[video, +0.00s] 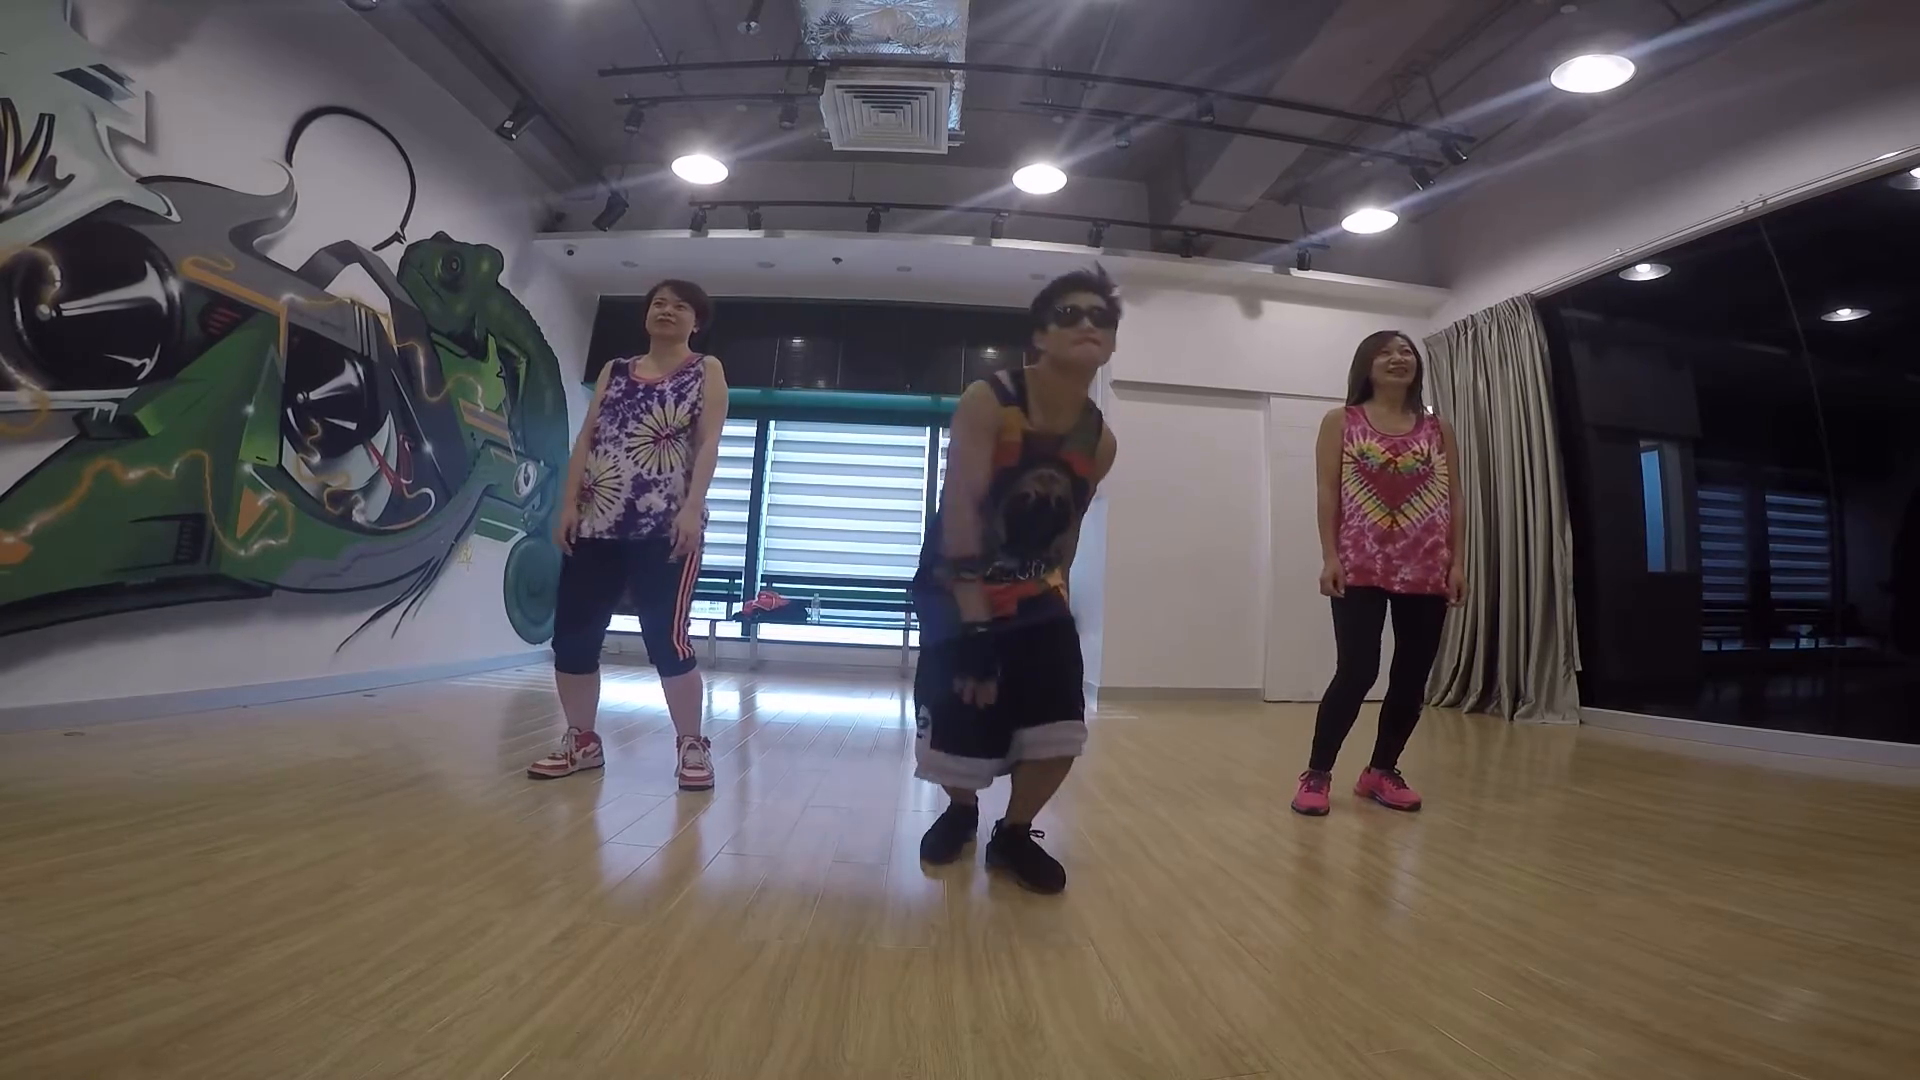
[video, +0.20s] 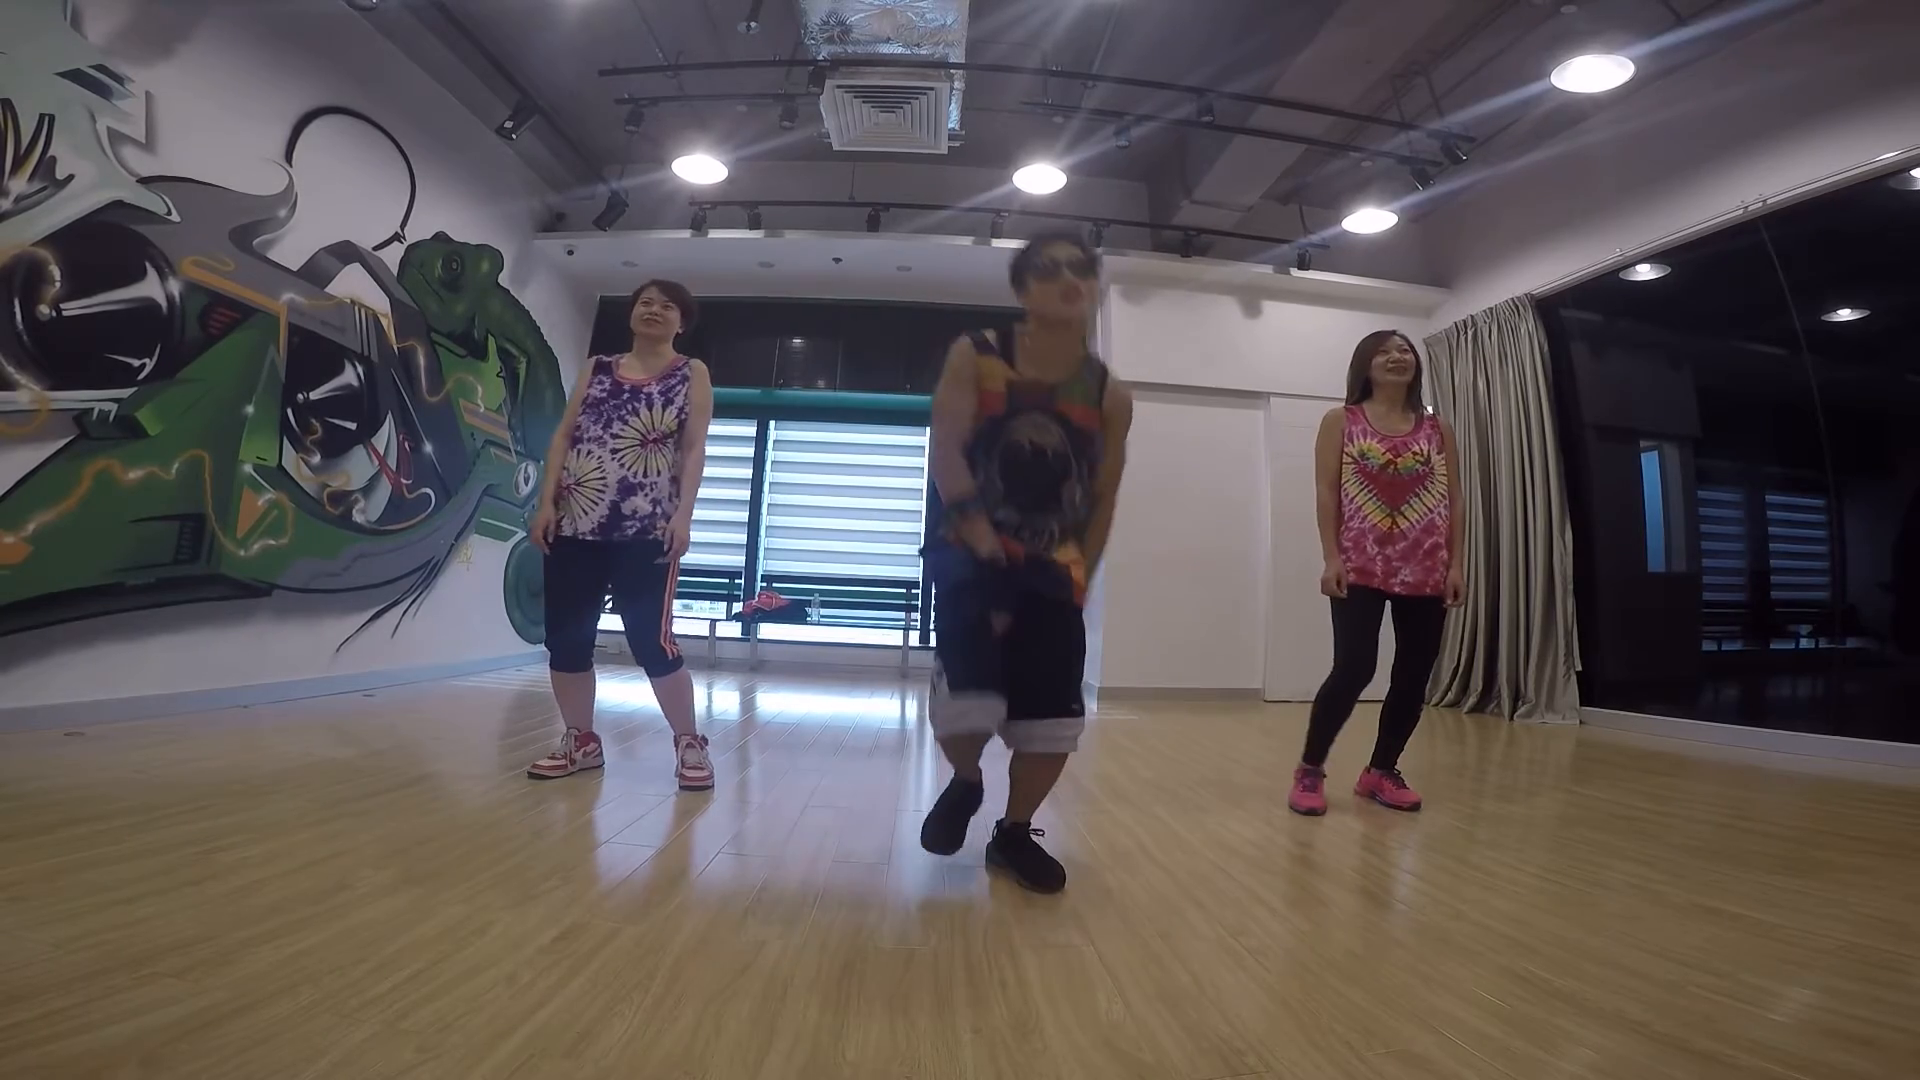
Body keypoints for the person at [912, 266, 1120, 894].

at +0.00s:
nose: (1088, 324)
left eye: (1102, 318)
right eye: (1070, 316)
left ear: (1113, 342)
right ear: (1039, 338)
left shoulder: (1100, 441)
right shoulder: (989, 401)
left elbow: (1066, 536)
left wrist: (1052, 612)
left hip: (1036, 593)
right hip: (960, 587)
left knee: (1060, 730)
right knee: (956, 731)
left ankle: (1013, 835)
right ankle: (963, 807)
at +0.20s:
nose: (1066, 281)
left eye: (1078, 272)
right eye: (1048, 272)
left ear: (1095, 290)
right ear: (1020, 291)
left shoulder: (1111, 395)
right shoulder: (976, 354)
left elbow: (1104, 495)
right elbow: (946, 450)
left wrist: (1079, 572)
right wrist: (978, 531)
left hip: (1056, 563)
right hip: (970, 552)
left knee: (1054, 715)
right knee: (969, 701)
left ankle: (1015, 832)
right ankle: (966, 781)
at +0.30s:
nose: (1040, 250)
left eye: (1054, 239)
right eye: (1022, 239)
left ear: (1070, 259)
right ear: (994, 260)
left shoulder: (1103, 359)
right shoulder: (959, 343)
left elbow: (1121, 468)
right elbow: (932, 427)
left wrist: (1114, 564)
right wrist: (959, 482)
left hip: (1063, 554)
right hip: (974, 544)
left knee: (1053, 705)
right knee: (964, 685)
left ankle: (1016, 830)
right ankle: (974, 795)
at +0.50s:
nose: (979, 260)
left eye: (996, 252)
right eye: (963, 249)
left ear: (1017, 275)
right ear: (940, 273)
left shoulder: (1063, 343)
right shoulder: (934, 379)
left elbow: (1139, 438)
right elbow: (938, 481)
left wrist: (1159, 549)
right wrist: (964, 531)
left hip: (1076, 568)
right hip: (985, 563)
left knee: (1059, 746)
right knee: (970, 718)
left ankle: (1015, 830)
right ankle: (973, 862)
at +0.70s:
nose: (963, 269)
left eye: (979, 261)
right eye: (946, 260)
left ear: (1000, 285)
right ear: (922, 288)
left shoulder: (1051, 345)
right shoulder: (923, 402)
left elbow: (1115, 453)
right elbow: (923, 515)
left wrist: (1162, 552)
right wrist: (918, 561)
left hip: (1069, 583)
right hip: (971, 586)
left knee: (1070, 741)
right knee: (947, 739)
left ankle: (1019, 826)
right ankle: (973, 865)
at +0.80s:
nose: (984, 251)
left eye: (999, 240)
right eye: (966, 238)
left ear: (1018, 259)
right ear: (939, 259)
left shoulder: (1059, 337)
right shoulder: (913, 368)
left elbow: (1130, 432)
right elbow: (896, 469)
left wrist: (1218, 491)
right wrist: (860, 503)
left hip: (1054, 570)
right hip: (956, 570)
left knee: (1073, 742)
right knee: (937, 744)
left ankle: (1025, 813)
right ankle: (972, 866)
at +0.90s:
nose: (1012, 229)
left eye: (1025, 219)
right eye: (993, 217)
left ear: (1038, 241)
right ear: (959, 236)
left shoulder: (1069, 328)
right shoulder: (913, 334)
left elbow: (1158, 406)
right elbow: (858, 413)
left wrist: (1273, 442)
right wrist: (810, 431)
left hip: (1047, 561)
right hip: (942, 565)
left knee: (1086, 732)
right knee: (930, 744)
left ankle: (1028, 807)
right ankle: (970, 866)